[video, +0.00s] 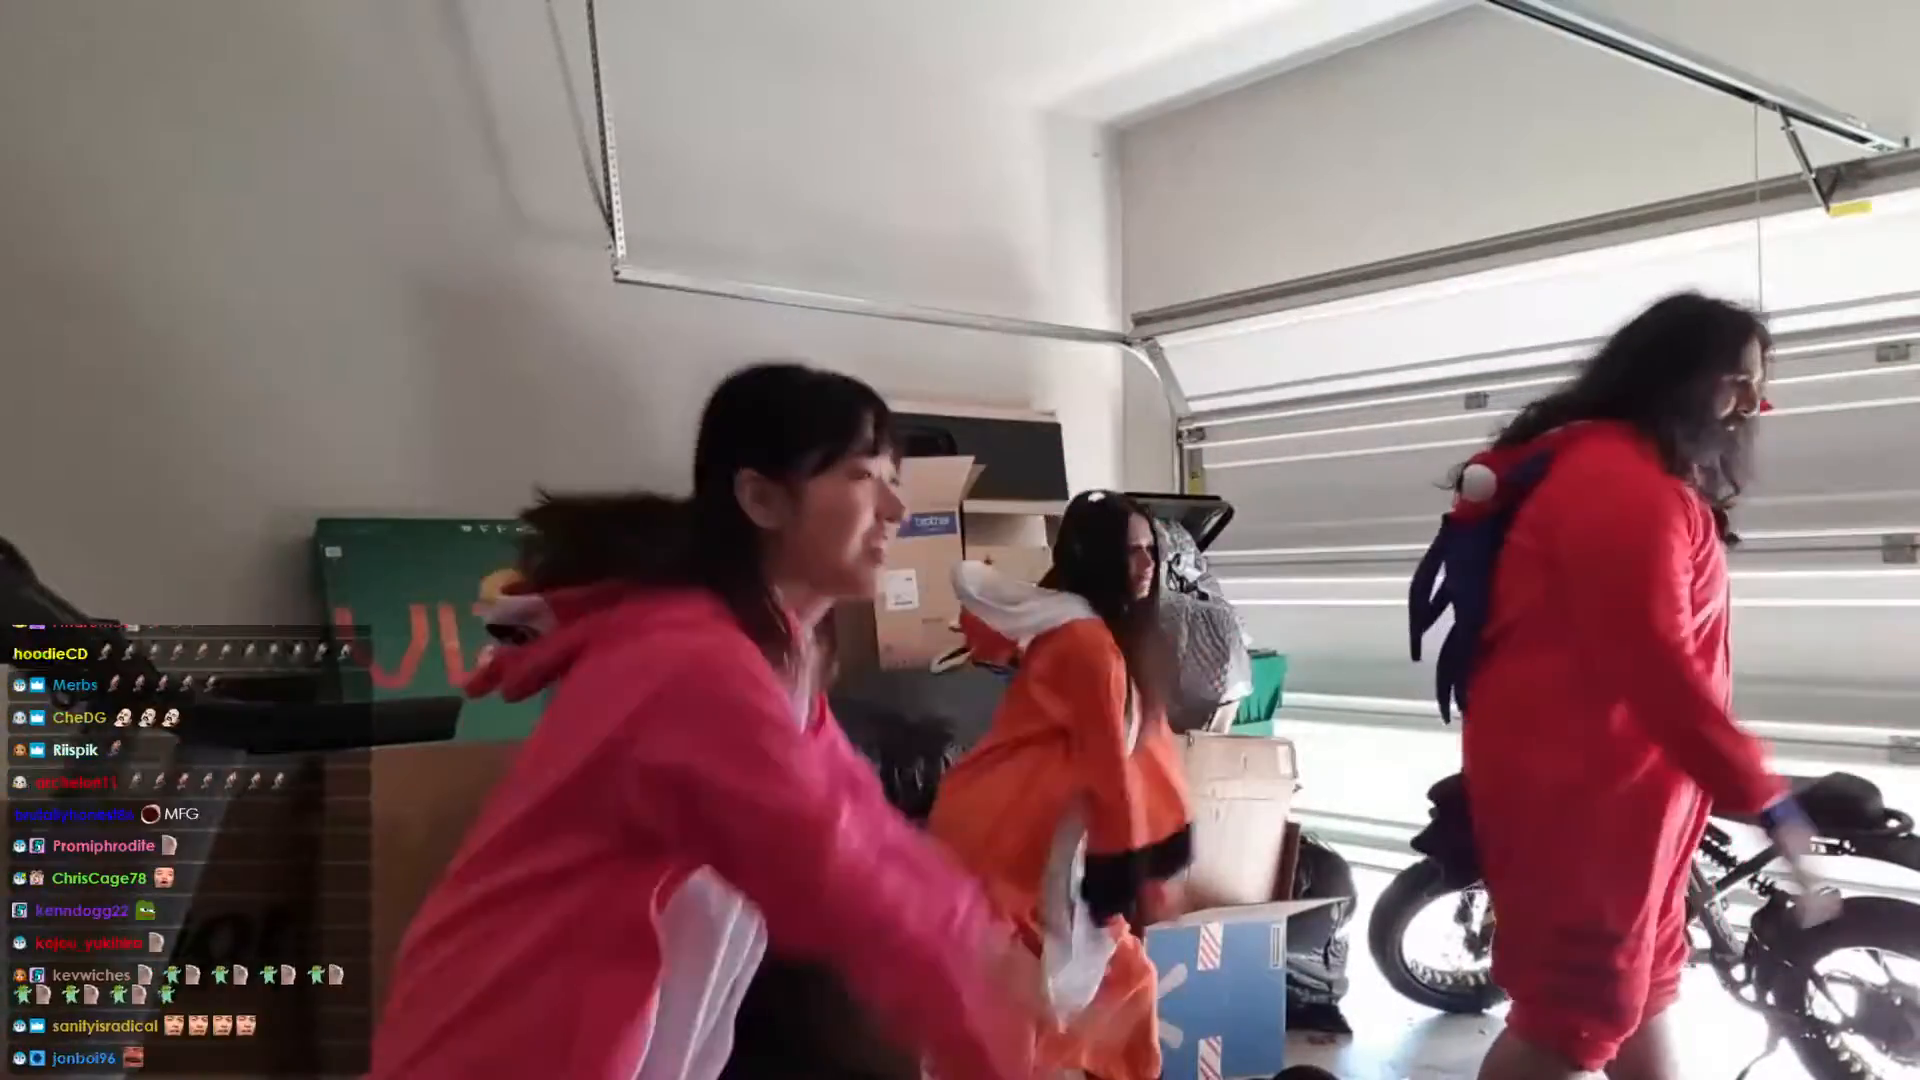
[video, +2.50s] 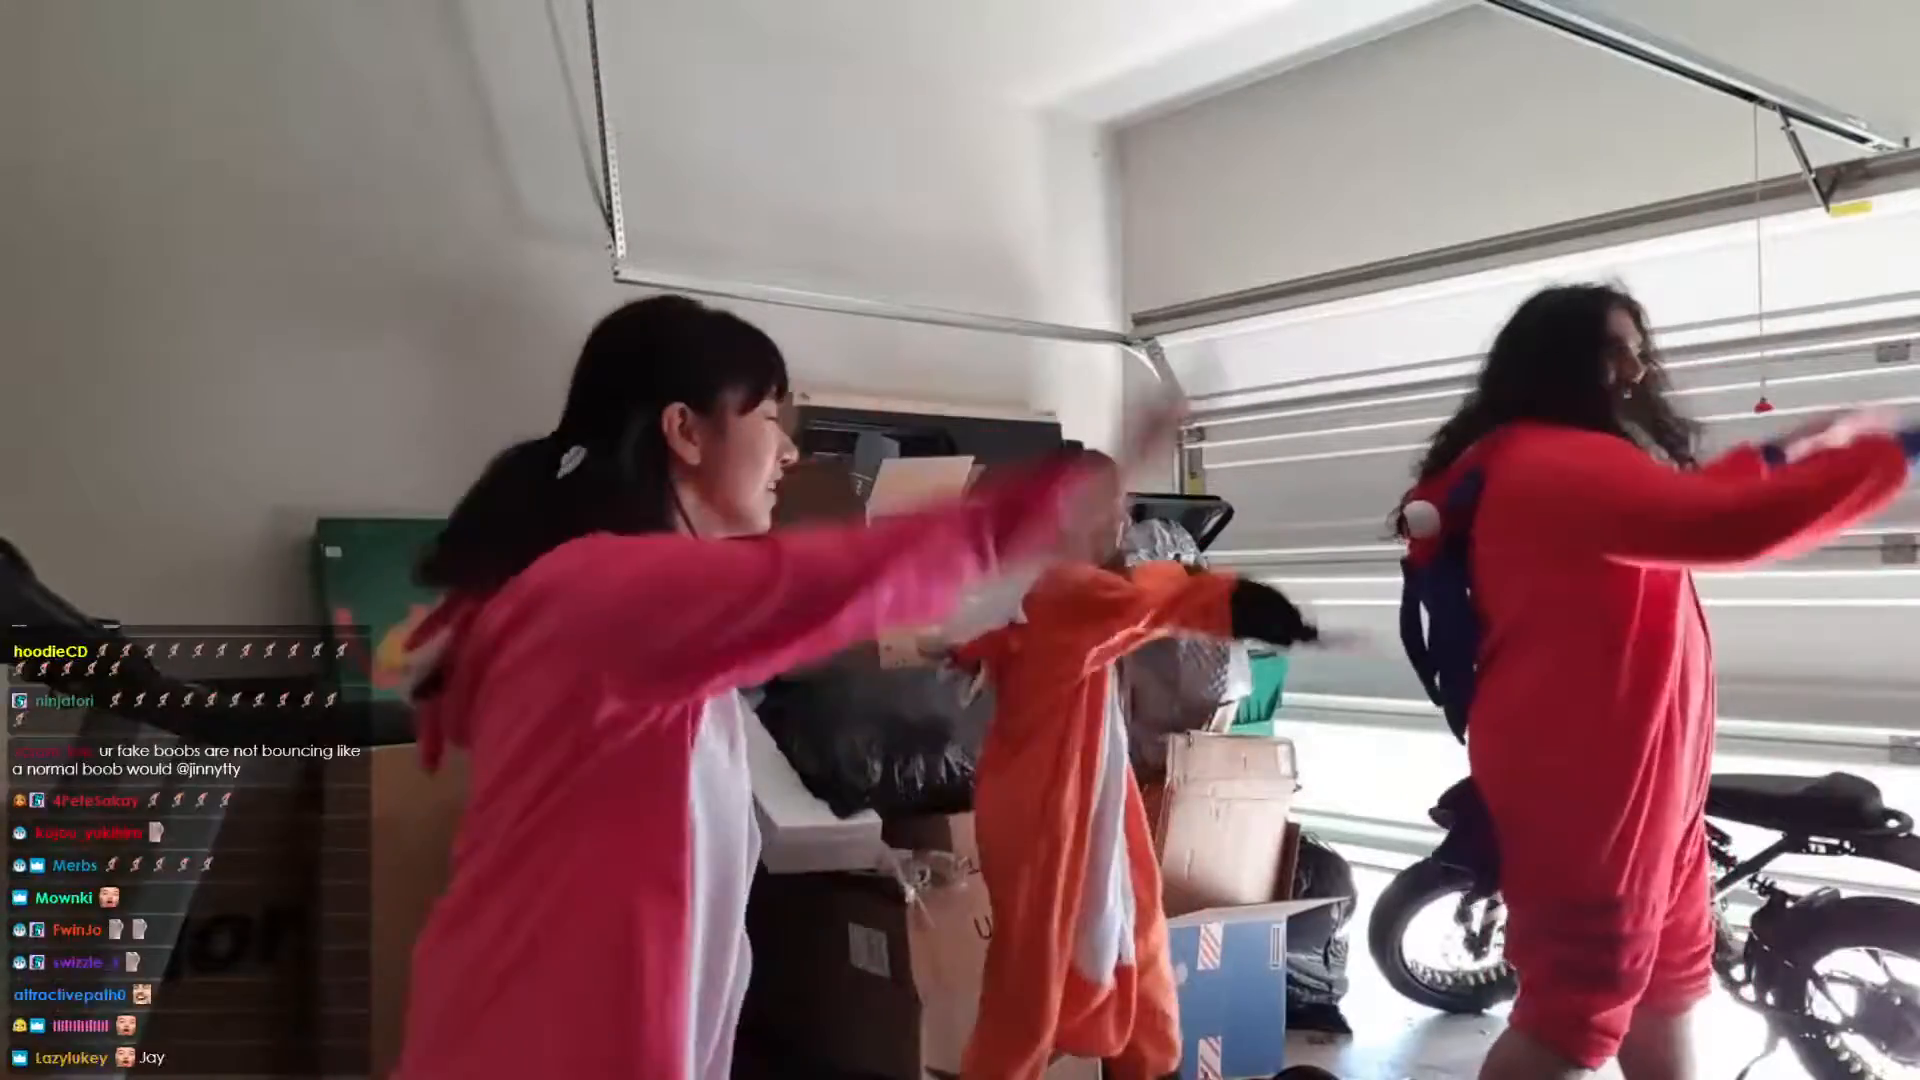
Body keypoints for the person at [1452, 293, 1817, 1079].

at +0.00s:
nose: (1756, 407)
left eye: (1760, 388)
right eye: (1739, 384)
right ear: (1682, 379)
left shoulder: (1657, 476)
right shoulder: (1620, 484)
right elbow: (1655, 665)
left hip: (1626, 784)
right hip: (1575, 791)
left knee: (1643, 998)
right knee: (1571, 1019)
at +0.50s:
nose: (1626, 392)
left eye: (1638, 373)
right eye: (1596, 375)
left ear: (1657, 381)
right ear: (1549, 393)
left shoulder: (1631, 476)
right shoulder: (1555, 485)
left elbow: (1698, 441)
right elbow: (1744, 442)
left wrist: (1733, 324)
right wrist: (1833, 281)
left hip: (1674, 788)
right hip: (1591, 806)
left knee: (1715, 991)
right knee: (1607, 1029)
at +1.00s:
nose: (1680, 376)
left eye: (1694, 358)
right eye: (1656, 356)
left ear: (1707, 374)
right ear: (1606, 367)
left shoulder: (1641, 475)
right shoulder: (1588, 482)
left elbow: (1638, 654)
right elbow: (1594, 657)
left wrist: (1662, 806)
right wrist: (1644, 813)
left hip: (1623, 796)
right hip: (1561, 799)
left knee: (1633, 1007)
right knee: (1552, 1024)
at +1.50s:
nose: (1681, 403)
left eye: (1682, 383)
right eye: (1662, 384)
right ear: (1602, 390)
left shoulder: (1610, 470)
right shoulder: (1568, 483)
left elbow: (1700, 454)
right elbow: (1763, 467)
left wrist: (1770, 357)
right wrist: (1875, 321)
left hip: (1664, 783)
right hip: (1596, 800)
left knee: (1717, 985)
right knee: (1623, 1026)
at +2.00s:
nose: (1675, 380)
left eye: (1673, 359)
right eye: (1661, 361)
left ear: (1562, 365)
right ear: (1622, 370)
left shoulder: (1591, 462)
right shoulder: (1572, 470)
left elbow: (1676, 603)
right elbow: (1690, 611)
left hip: (1633, 796)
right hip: (1569, 808)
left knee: (1646, 995)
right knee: (1561, 1020)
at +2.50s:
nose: (1634, 374)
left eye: (1639, 356)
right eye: (1613, 356)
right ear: (1558, 363)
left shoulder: (1589, 458)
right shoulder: (1537, 464)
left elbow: (1682, 493)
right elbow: (1721, 521)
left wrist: (1788, 450)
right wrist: (1893, 452)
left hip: (1652, 777)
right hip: (1580, 790)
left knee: (1665, 989)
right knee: (1572, 1016)